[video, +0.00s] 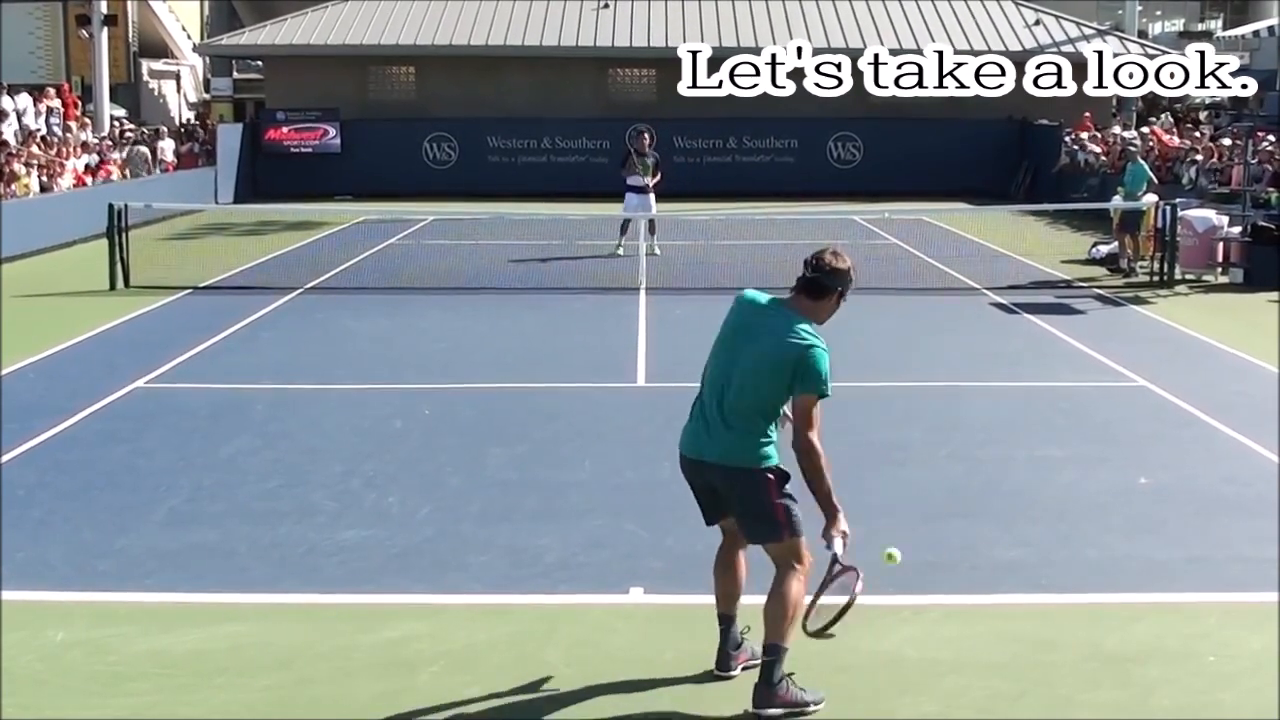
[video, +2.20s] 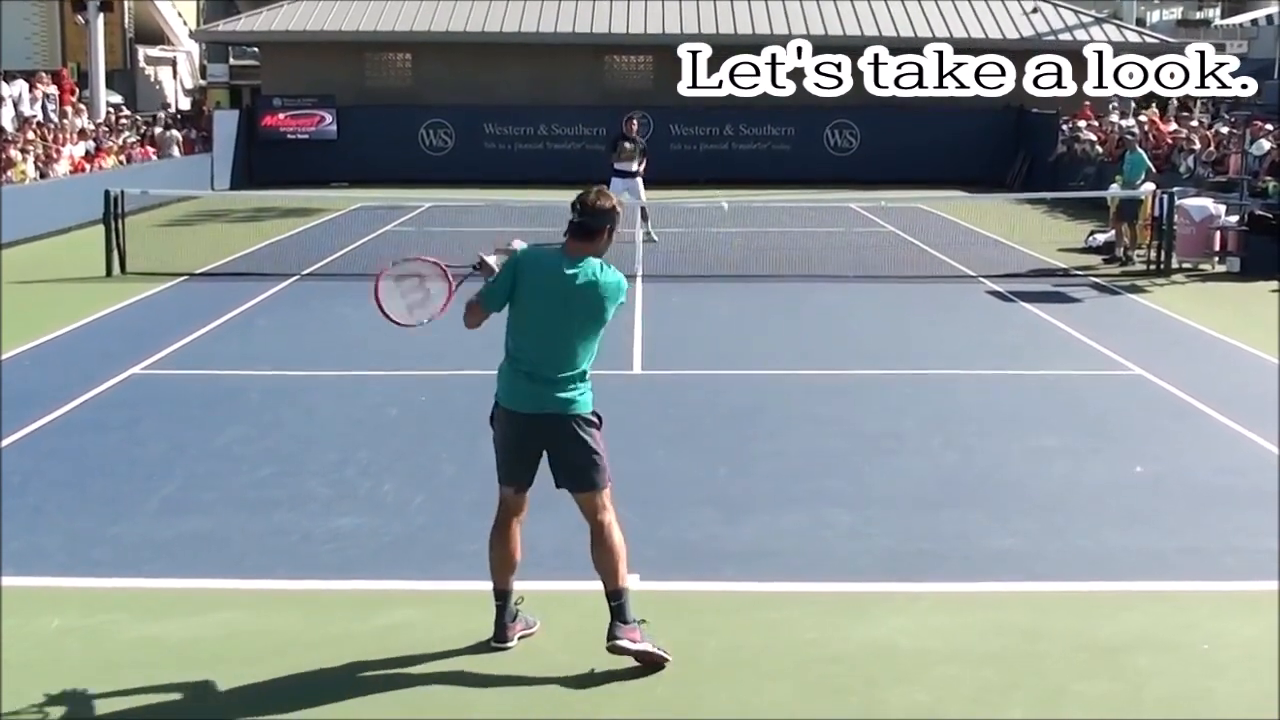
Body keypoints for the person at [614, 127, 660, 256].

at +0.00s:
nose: (644, 141)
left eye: (646, 138)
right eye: (641, 139)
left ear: (649, 141)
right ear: (636, 141)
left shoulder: (654, 156)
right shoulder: (631, 155)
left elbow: (658, 173)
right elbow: (623, 173)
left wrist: (651, 182)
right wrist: (633, 171)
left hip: (647, 189)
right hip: (632, 189)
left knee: (651, 217)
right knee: (628, 217)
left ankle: (653, 244)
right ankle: (620, 244)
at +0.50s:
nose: (635, 145)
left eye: (637, 143)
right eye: (634, 143)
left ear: (640, 146)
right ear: (630, 145)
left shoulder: (642, 162)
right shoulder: (622, 158)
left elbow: (651, 180)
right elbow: (616, 174)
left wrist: (665, 176)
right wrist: (630, 175)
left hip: (636, 193)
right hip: (621, 193)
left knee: (646, 218)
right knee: (620, 220)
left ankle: (658, 245)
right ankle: (602, 243)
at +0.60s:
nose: (629, 147)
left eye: (631, 144)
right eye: (627, 144)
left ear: (633, 147)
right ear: (621, 146)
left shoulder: (635, 163)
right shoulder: (613, 160)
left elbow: (648, 176)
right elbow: (603, 173)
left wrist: (665, 171)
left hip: (628, 196)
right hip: (613, 196)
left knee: (637, 221)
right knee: (613, 220)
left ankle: (652, 246)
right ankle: (597, 246)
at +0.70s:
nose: (624, 146)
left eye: (626, 144)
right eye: (622, 144)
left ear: (628, 146)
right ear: (616, 144)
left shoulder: (629, 162)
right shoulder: (606, 158)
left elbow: (642, 175)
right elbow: (593, 171)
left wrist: (657, 177)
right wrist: (600, 179)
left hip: (621, 193)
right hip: (607, 192)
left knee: (629, 219)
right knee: (608, 218)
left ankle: (644, 245)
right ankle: (595, 245)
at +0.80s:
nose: (622, 145)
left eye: (624, 142)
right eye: (620, 141)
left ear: (625, 144)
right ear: (613, 141)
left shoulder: (624, 158)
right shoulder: (602, 155)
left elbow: (626, 173)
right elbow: (592, 170)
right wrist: (593, 168)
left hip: (618, 190)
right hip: (604, 190)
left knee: (626, 217)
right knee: (603, 217)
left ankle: (638, 244)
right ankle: (595, 245)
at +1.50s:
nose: (625, 135)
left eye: (627, 132)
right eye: (623, 132)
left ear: (629, 134)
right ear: (618, 134)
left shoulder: (634, 150)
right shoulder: (610, 149)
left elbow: (638, 168)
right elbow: (604, 165)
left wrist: (629, 177)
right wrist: (612, 168)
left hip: (628, 184)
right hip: (612, 184)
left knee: (631, 211)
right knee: (605, 210)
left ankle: (632, 236)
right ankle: (595, 236)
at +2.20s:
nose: (632, 127)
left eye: (634, 125)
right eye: (629, 125)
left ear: (637, 127)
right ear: (625, 126)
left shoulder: (640, 142)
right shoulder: (617, 140)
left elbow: (644, 157)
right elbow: (612, 158)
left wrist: (641, 167)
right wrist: (623, 157)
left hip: (634, 176)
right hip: (618, 176)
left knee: (642, 203)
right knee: (610, 202)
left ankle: (648, 230)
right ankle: (607, 229)